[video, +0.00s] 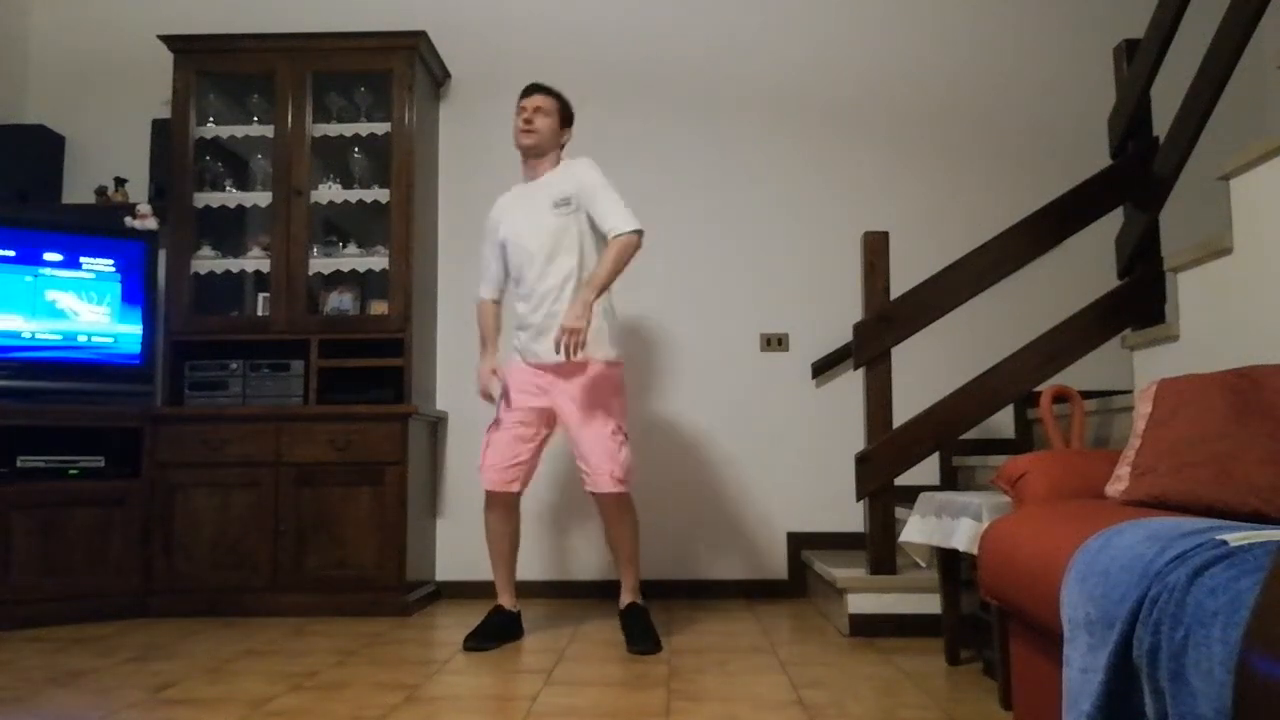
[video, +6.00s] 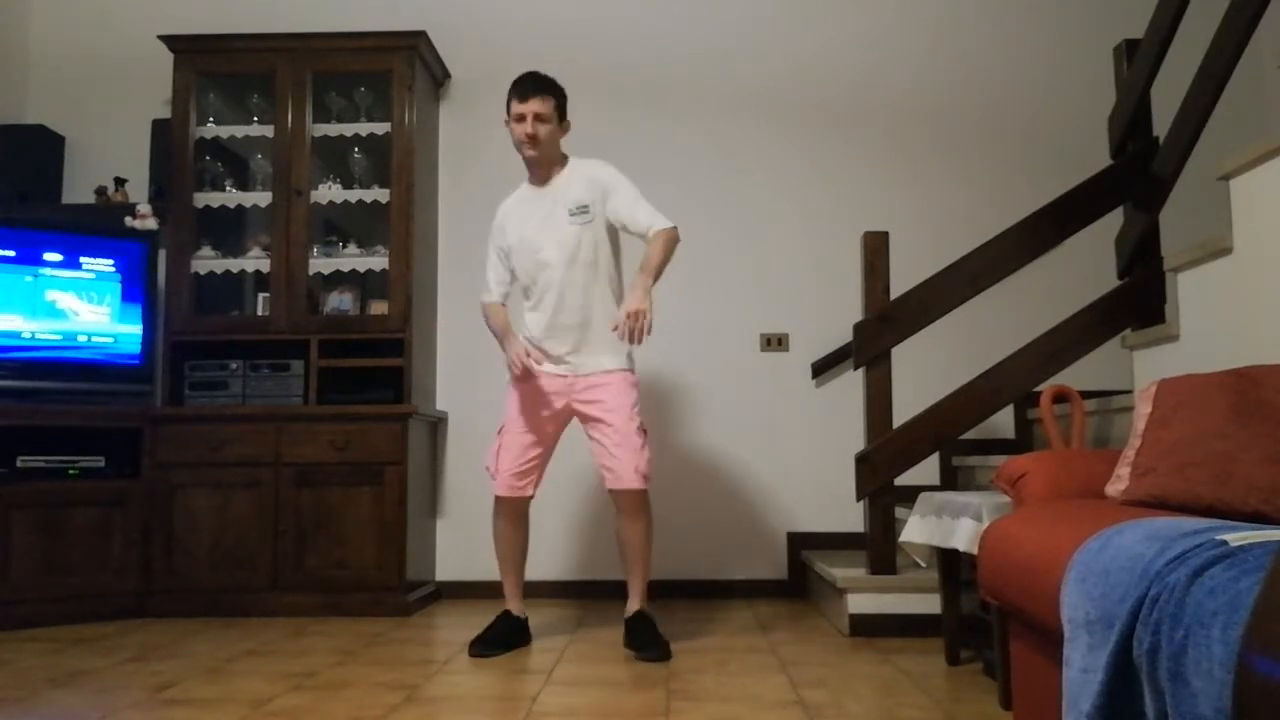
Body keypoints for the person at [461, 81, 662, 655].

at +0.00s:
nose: (525, 119)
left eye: (538, 113)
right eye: (521, 113)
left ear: (563, 131)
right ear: (514, 129)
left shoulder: (579, 174)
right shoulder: (503, 208)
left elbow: (627, 236)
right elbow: (489, 290)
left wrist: (585, 301)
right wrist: (489, 353)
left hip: (588, 366)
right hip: (524, 371)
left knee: (610, 485)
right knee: (498, 482)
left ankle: (632, 601)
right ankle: (505, 608)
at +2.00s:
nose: (585, 171)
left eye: (596, 159)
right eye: (575, 159)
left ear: (615, 146)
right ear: (560, 146)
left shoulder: (631, 214)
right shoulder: (535, 199)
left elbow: (654, 297)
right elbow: (483, 266)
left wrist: (635, 346)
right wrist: (485, 339)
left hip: (603, 369)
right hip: (533, 366)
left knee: (629, 483)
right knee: (504, 483)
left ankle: (639, 607)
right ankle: (511, 610)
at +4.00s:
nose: (590, 117)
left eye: (601, 108)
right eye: (580, 109)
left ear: (622, 117)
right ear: (570, 120)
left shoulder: (639, 195)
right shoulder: (547, 186)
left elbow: (668, 271)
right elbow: (477, 242)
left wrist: (662, 314)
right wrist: (450, 298)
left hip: (614, 363)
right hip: (542, 358)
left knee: (634, 482)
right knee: (495, 469)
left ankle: (638, 609)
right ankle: (492, 603)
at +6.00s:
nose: (526, 130)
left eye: (539, 119)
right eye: (517, 120)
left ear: (563, 126)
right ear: (508, 127)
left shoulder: (596, 179)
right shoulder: (508, 211)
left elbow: (662, 234)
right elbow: (492, 298)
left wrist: (641, 289)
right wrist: (509, 338)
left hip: (605, 369)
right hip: (536, 374)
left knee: (630, 484)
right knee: (508, 489)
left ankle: (638, 612)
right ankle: (513, 614)